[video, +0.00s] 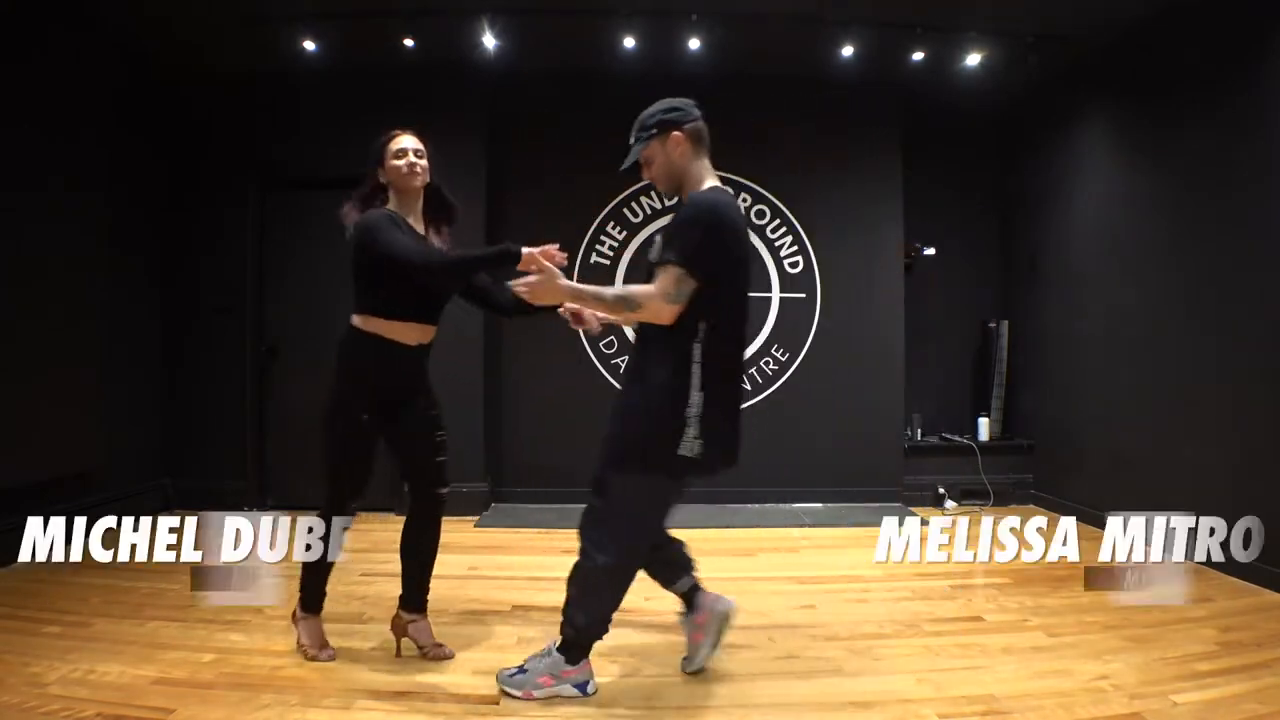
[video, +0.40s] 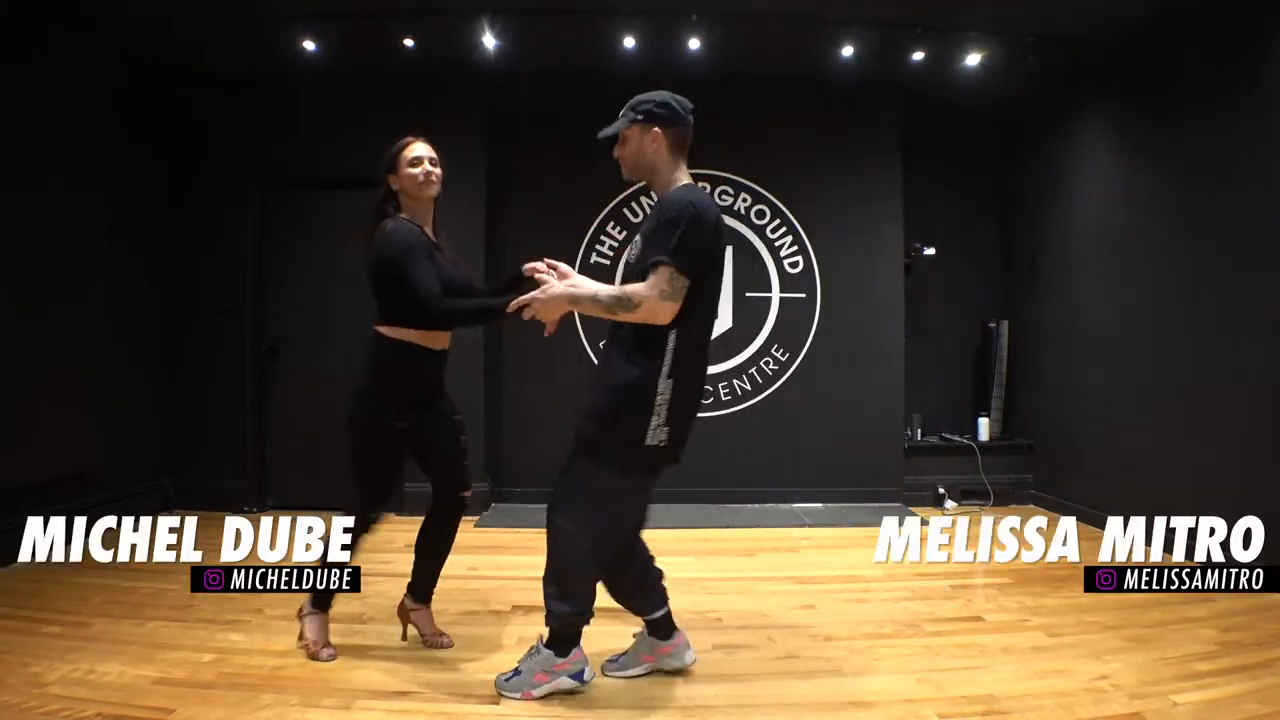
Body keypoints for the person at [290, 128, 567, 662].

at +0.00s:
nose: (412, 161)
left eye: (419, 155)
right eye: (400, 155)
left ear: (430, 172)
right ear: (381, 173)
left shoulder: (438, 242)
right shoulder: (372, 225)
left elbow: (497, 298)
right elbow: (433, 269)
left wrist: (558, 300)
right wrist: (517, 255)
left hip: (411, 372)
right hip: (362, 367)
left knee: (430, 492)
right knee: (343, 491)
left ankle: (412, 612)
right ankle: (309, 612)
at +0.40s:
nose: (429, 169)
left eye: (434, 162)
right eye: (415, 163)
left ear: (442, 178)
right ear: (393, 181)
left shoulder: (430, 240)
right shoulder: (396, 236)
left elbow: (466, 290)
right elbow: (435, 307)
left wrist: (520, 276)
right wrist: (517, 304)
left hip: (426, 379)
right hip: (384, 377)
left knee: (452, 492)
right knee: (372, 497)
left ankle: (417, 601)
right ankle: (315, 607)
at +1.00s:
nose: (532, 159)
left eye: (536, 152)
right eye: (518, 153)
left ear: (542, 166)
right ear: (494, 172)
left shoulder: (535, 229)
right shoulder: (510, 233)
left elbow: (572, 292)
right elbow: (572, 313)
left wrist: (630, 282)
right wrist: (645, 326)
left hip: (532, 374)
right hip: (502, 374)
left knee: (582, 488)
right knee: (519, 499)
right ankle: (529, 624)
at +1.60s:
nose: (585, 173)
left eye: (582, 164)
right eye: (574, 164)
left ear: (555, 175)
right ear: (543, 174)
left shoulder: (558, 238)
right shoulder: (541, 234)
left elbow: (591, 335)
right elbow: (619, 283)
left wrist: (657, 366)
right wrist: (690, 245)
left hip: (574, 383)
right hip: (551, 385)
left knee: (613, 505)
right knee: (609, 506)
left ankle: (617, 625)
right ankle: (537, 616)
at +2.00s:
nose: (529, 161)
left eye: (526, 152)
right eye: (518, 153)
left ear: (490, 168)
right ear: (486, 165)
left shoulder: (471, 228)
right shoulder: (506, 231)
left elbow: (536, 274)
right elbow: (533, 316)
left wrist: (593, 232)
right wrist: (605, 352)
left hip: (468, 364)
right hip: (499, 367)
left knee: (498, 490)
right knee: (515, 497)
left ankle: (439, 597)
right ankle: (518, 632)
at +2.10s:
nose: (514, 160)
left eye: (511, 151)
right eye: (503, 151)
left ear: (481, 166)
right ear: (472, 164)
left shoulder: (467, 222)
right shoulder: (484, 225)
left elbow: (524, 276)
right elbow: (511, 304)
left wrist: (591, 242)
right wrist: (585, 333)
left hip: (452, 363)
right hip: (480, 366)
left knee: (462, 490)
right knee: (502, 499)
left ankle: (426, 603)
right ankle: (519, 630)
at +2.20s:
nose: (501, 159)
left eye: (498, 151)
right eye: (489, 151)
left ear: (468, 164)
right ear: (457, 162)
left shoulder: (470, 221)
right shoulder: (462, 221)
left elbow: (518, 275)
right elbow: (482, 291)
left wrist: (588, 266)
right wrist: (567, 304)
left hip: (442, 359)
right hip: (461, 361)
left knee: (447, 483)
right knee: (500, 482)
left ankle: (424, 603)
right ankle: (487, 619)